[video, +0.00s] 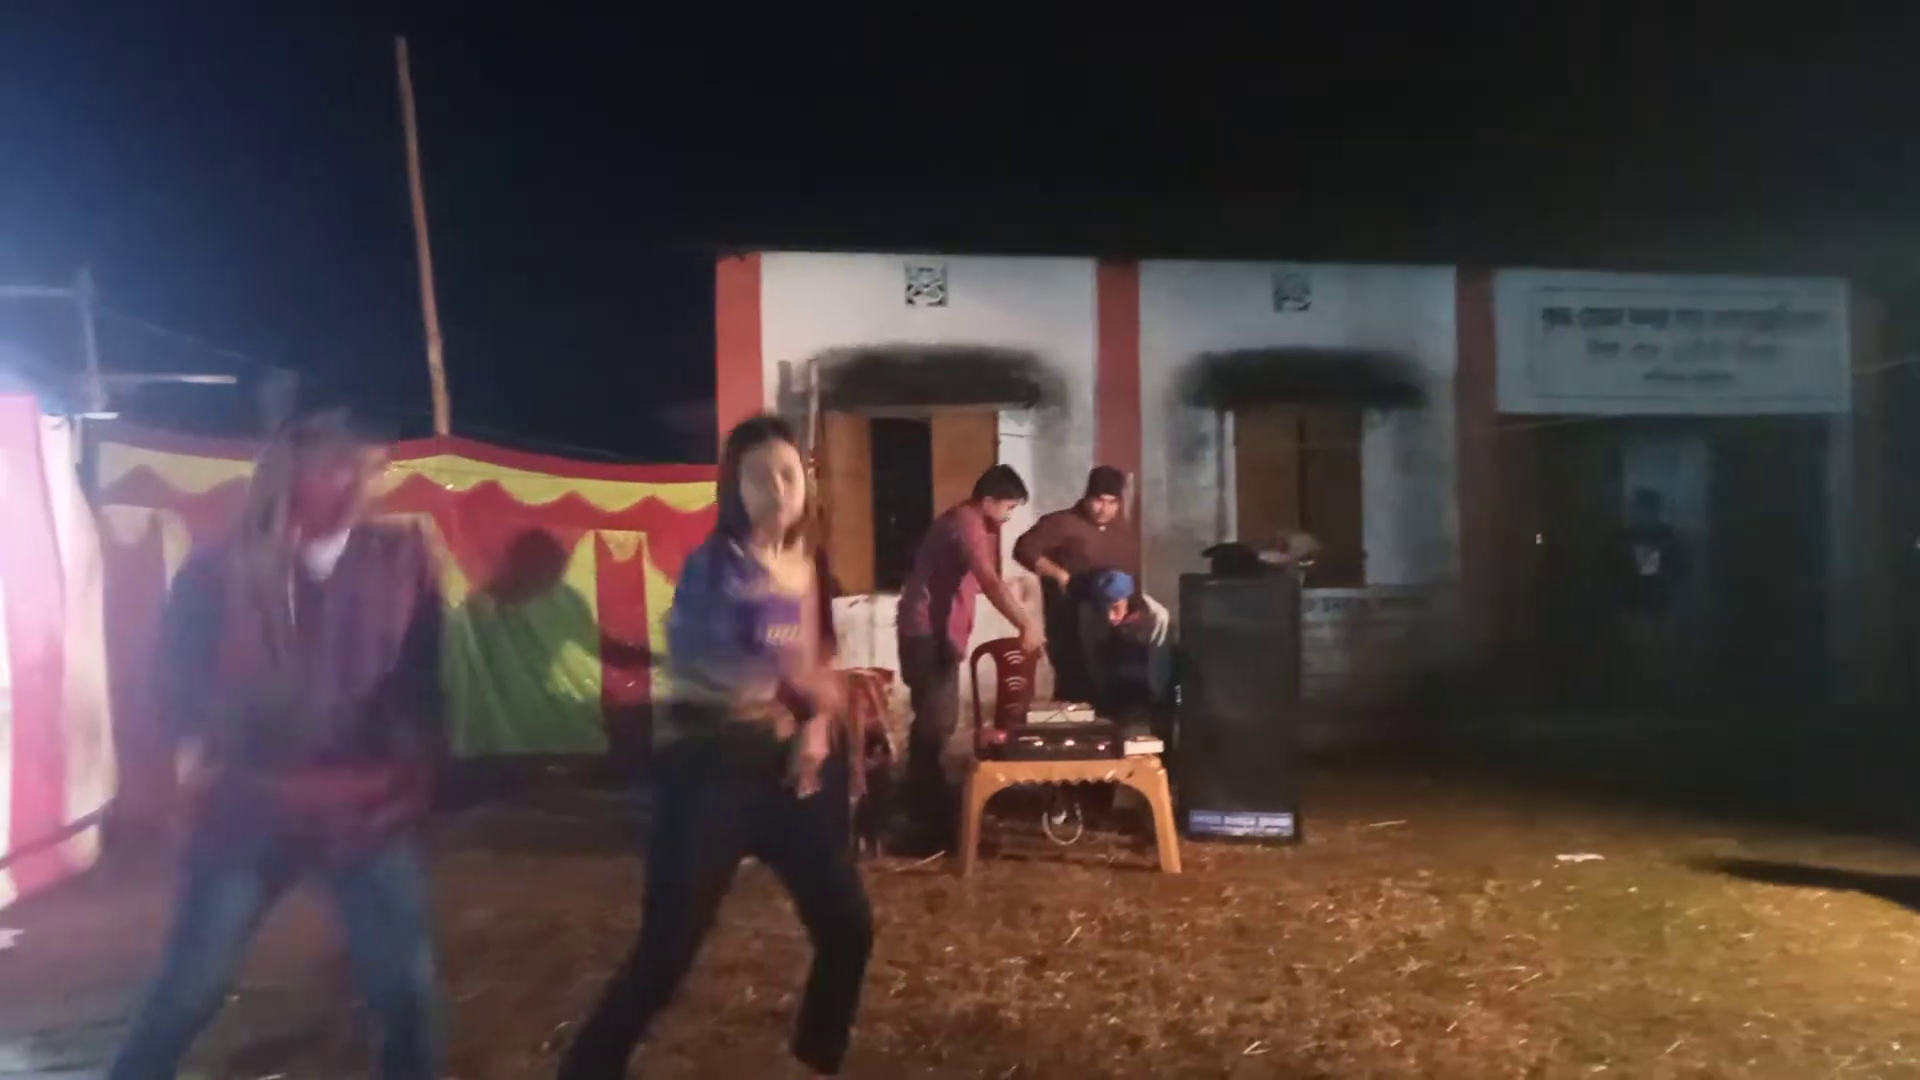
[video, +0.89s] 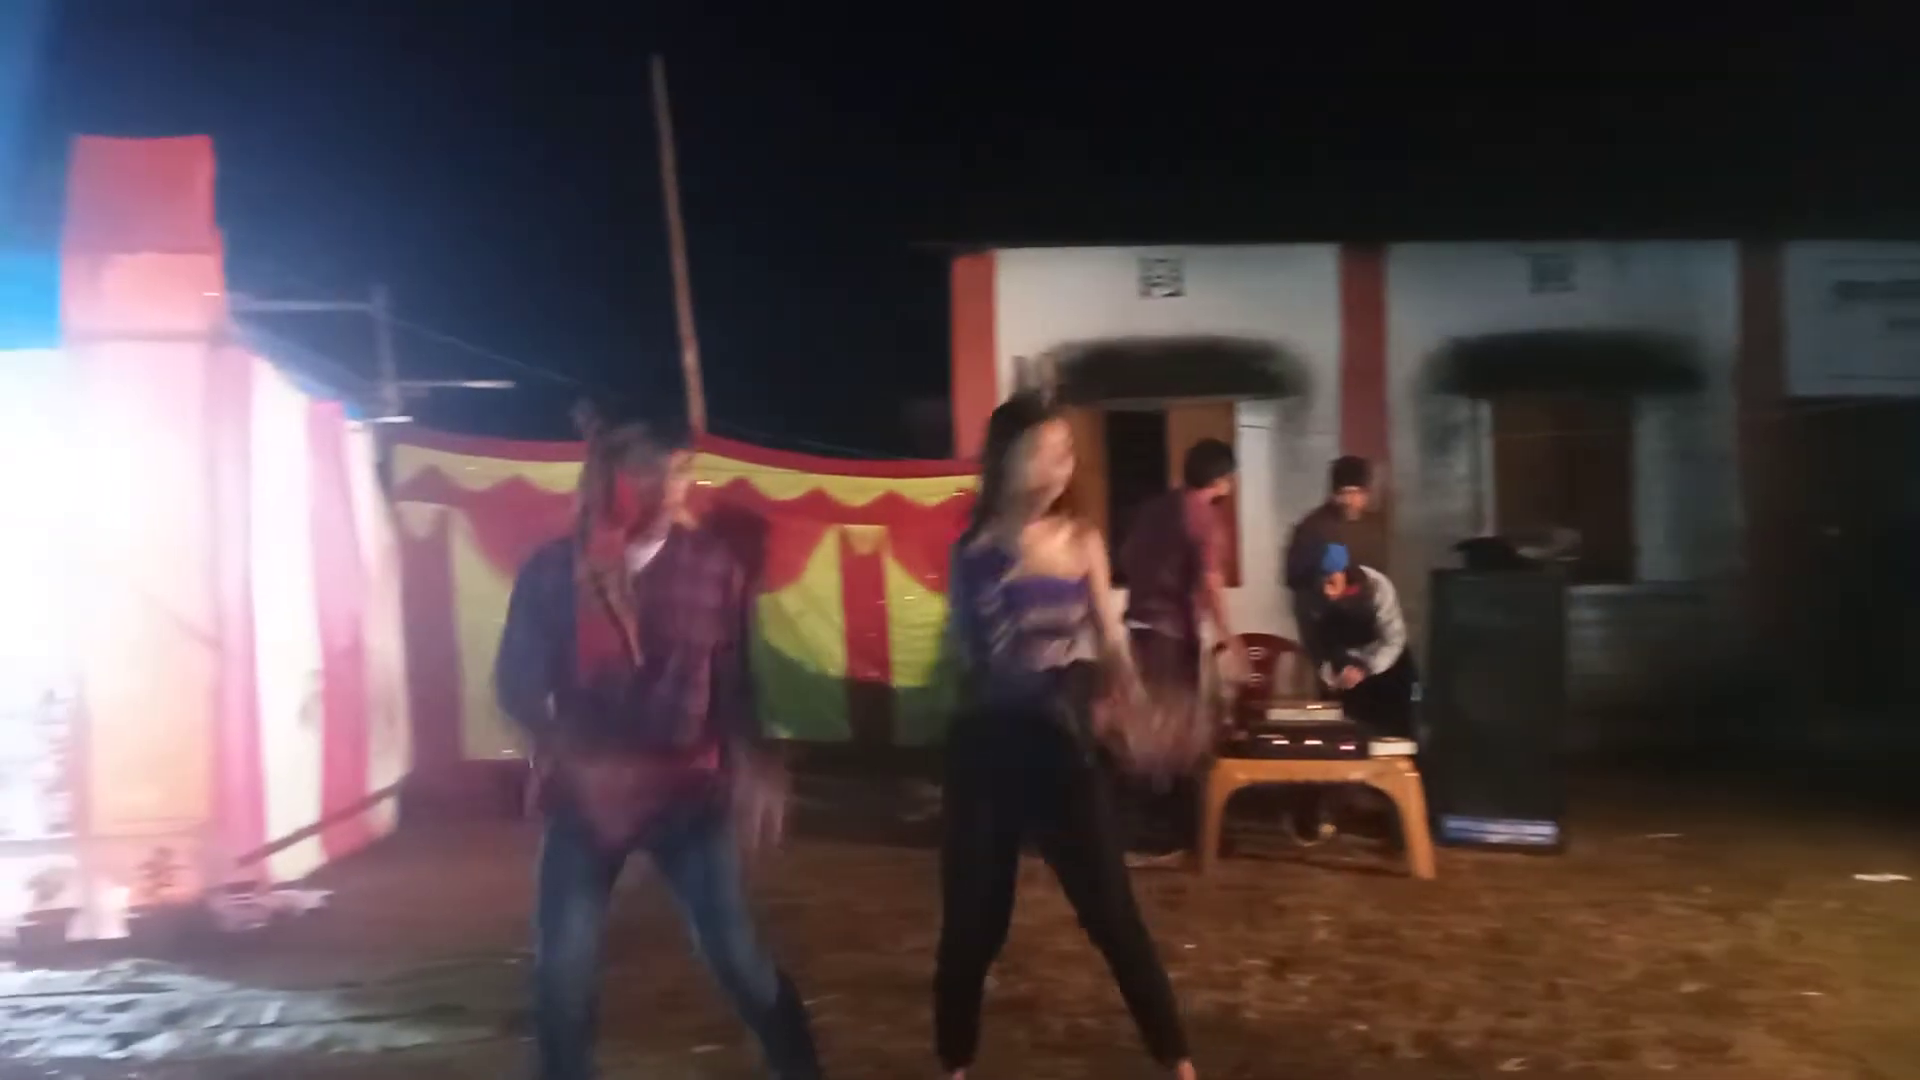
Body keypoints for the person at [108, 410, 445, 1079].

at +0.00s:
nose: (346, 485)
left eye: (358, 467)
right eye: (328, 466)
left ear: (375, 472)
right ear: (289, 472)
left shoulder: (401, 561)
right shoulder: (221, 573)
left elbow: (419, 683)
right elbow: (181, 684)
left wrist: (410, 770)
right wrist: (193, 752)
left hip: (368, 806)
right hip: (249, 811)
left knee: (408, 987)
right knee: (192, 990)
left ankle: (413, 1071)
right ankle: (133, 1071)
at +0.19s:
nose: (418, 462)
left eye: (433, 445)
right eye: (404, 440)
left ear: (447, 443)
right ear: (363, 424)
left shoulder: (458, 497)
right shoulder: (284, 504)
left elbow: (526, 585)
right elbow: (189, 615)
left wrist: (562, 553)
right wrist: (170, 514)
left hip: (454, 740)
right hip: (339, 749)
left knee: (484, 920)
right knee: (318, 939)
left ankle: (520, 1063)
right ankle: (314, 1068)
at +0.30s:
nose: (425, 485)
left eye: (439, 468)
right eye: (411, 469)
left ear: (464, 467)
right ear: (385, 466)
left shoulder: (492, 529)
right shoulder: (337, 532)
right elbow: (250, 622)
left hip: (483, 762)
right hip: (379, 773)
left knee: (519, 935)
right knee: (374, 959)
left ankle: (582, 1058)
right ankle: (390, 1066)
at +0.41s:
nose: (458, 519)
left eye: (473, 501)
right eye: (444, 499)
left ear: (499, 501)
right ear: (420, 498)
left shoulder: (541, 569)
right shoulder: (388, 575)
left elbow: (587, 666)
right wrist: (273, 683)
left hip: (553, 791)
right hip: (455, 806)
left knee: (605, 961)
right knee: (437, 977)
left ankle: (652, 1065)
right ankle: (438, 1068)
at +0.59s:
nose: (562, 479)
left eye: (573, 462)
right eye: (548, 462)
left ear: (590, 456)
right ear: (513, 456)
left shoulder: (622, 516)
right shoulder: (456, 525)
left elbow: (706, 589)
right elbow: (350, 589)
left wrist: (740, 647)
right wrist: (277, 566)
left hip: (656, 741)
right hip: (558, 756)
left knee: (700, 914)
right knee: (520, 934)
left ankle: (739, 1061)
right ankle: (510, 1067)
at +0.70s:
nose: (618, 482)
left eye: (631, 465)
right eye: (602, 465)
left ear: (646, 467)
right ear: (567, 461)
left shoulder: (678, 538)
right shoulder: (516, 541)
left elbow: (740, 651)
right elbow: (437, 637)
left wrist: (752, 754)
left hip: (678, 772)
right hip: (581, 780)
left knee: (724, 949)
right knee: (539, 956)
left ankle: (767, 1066)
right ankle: (527, 1069)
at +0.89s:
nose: (678, 489)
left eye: (681, 474)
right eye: (662, 474)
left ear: (682, 483)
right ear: (616, 480)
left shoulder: (713, 568)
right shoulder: (555, 569)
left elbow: (732, 680)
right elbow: (518, 683)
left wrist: (752, 759)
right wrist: (567, 754)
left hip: (685, 789)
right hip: (587, 793)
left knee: (733, 954)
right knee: (562, 968)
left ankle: (800, 1064)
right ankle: (564, 1069)